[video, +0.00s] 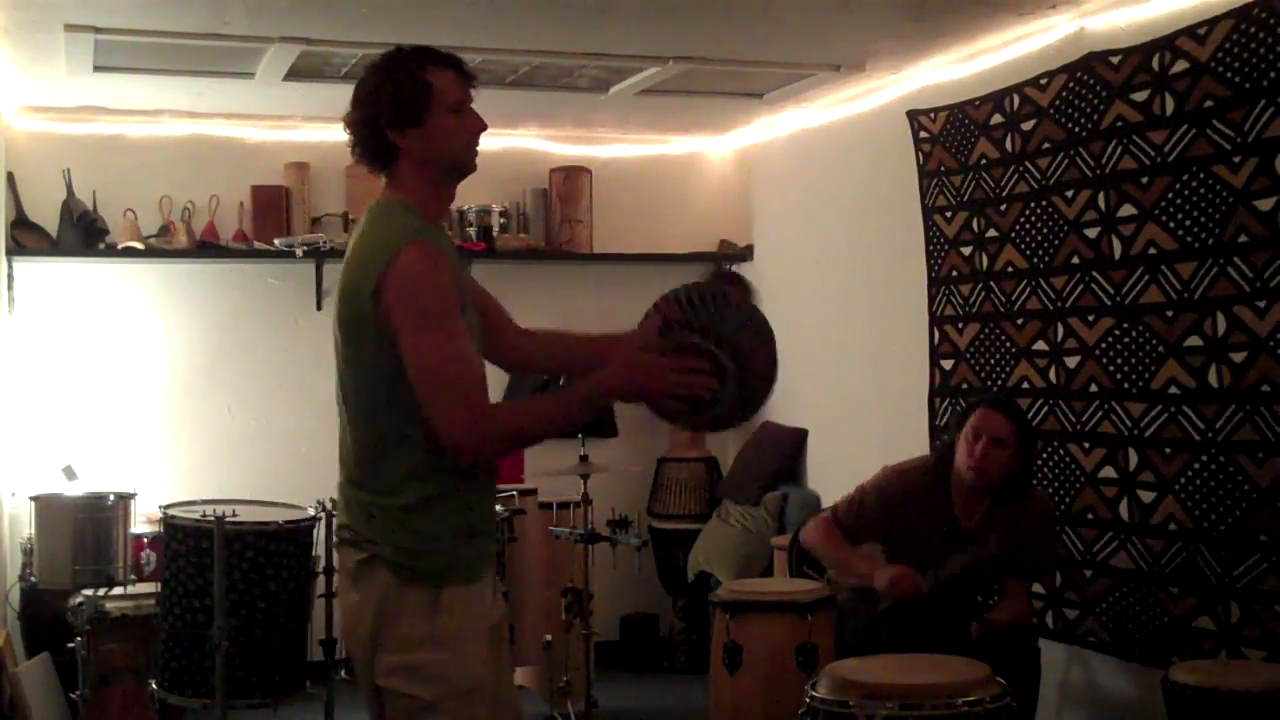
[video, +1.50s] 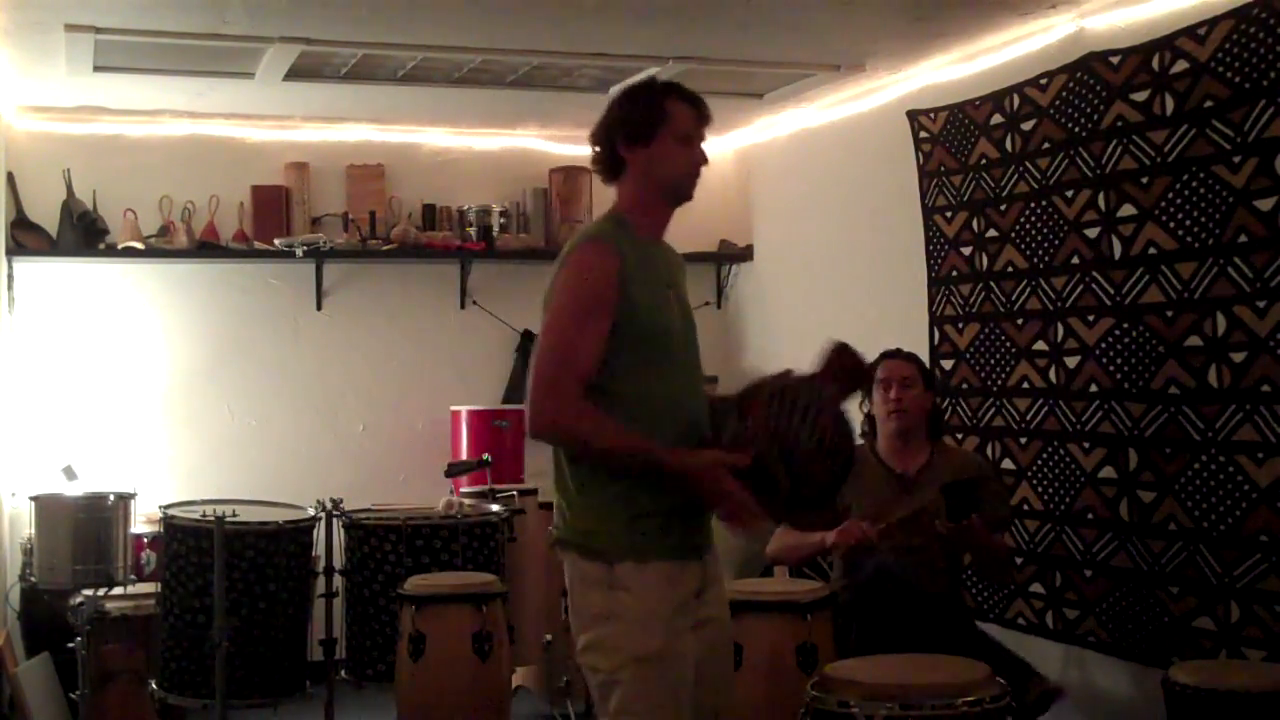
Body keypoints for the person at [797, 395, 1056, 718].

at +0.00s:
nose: (979, 452)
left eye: (997, 445)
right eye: (974, 436)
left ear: (1016, 459)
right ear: (957, 436)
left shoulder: (1028, 509)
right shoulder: (907, 483)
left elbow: (1018, 602)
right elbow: (814, 531)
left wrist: (981, 626)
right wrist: (875, 570)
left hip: (969, 618)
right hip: (896, 607)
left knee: (1019, 649)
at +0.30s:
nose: (955, 402)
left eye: (971, 394)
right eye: (947, 390)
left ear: (993, 415)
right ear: (929, 400)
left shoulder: (1012, 491)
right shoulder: (883, 460)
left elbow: (1022, 594)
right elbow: (786, 503)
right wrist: (845, 544)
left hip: (958, 621)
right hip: (877, 615)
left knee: (1011, 678)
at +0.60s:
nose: (896, 373)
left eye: (909, 368)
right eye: (884, 369)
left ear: (929, 392)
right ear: (868, 398)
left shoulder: (968, 465)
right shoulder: (837, 462)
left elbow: (1005, 543)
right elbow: (762, 521)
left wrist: (965, 567)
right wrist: (832, 536)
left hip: (944, 615)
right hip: (863, 616)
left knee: (995, 671)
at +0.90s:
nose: (872, 388)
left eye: (883, 378)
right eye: (859, 382)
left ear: (903, 391)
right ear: (845, 402)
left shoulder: (942, 459)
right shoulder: (824, 469)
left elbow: (993, 535)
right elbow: (758, 540)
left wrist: (962, 533)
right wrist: (825, 533)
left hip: (940, 616)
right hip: (861, 621)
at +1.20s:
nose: (887, 393)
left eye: (899, 383)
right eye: (876, 386)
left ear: (920, 396)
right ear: (864, 400)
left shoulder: (959, 471)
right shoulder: (838, 469)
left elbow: (991, 567)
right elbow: (774, 546)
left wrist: (969, 536)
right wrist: (833, 527)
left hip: (937, 631)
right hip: (860, 631)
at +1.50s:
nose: (894, 395)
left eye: (907, 386)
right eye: (884, 387)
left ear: (929, 400)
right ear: (869, 404)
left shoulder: (966, 469)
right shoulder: (842, 468)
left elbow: (1002, 569)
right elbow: (775, 547)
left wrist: (976, 538)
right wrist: (829, 538)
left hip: (939, 617)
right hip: (857, 618)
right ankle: (1020, 680)